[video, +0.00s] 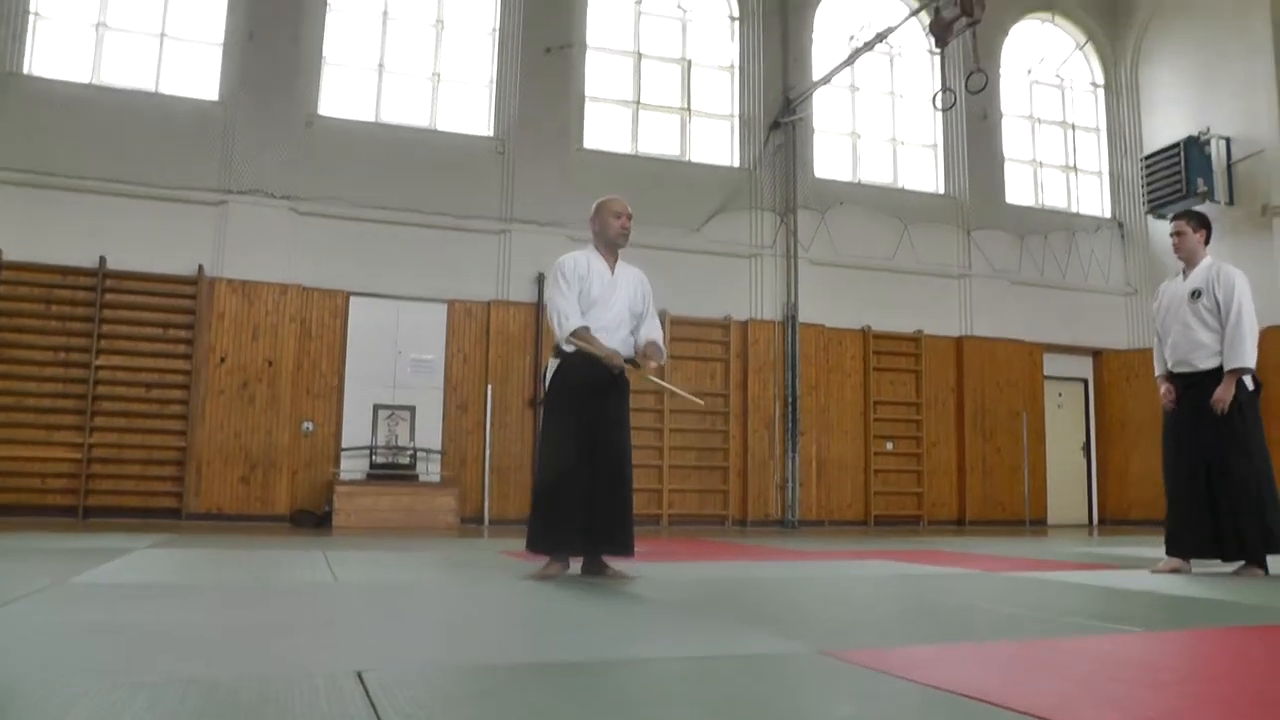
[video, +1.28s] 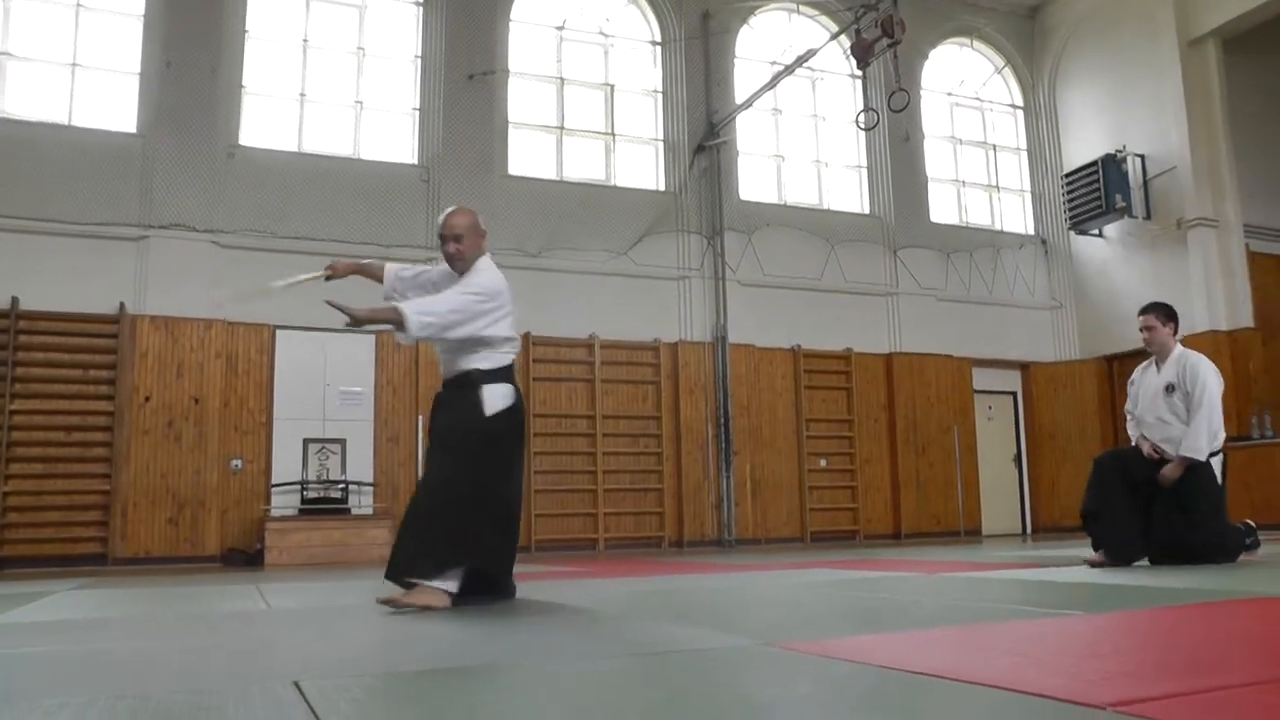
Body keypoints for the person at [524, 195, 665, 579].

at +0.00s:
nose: (627, 224)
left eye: (629, 219)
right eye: (618, 216)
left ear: (629, 228)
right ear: (595, 222)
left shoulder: (637, 278)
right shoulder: (570, 264)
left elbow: (649, 326)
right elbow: (565, 322)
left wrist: (651, 351)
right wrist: (601, 350)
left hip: (613, 375)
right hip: (574, 372)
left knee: (607, 464)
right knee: (563, 462)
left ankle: (595, 558)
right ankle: (559, 556)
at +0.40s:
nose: (555, 238)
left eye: (562, 232)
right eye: (547, 230)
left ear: (569, 240)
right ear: (530, 235)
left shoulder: (570, 289)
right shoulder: (511, 275)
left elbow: (589, 339)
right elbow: (529, 327)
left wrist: (608, 372)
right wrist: (573, 354)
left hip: (555, 390)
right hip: (516, 390)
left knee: (561, 480)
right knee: (516, 480)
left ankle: (557, 575)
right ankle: (521, 577)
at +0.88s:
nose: (518, 264)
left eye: (527, 257)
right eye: (512, 255)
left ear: (540, 261)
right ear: (500, 256)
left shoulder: (555, 304)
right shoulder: (475, 290)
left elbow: (591, 338)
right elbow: (469, 320)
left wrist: (614, 362)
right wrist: (501, 336)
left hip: (540, 410)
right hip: (493, 410)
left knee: (556, 492)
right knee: (498, 498)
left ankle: (568, 574)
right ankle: (511, 590)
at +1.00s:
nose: (502, 262)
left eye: (510, 255)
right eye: (496, 254)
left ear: (525, 257)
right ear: (486, 254)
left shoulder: (541, 299)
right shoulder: (466, 289)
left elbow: (579, 353)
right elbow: (431, 309)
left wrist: (553, 357)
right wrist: (438, 319)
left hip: (525, 405)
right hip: (481, 405)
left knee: (529, 490)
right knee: (480, 494)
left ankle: (554, 571)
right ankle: (503, 589)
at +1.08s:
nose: (489, 259)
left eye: (498, 252)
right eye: (483, 251)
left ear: (515, 254)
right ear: (475, 253)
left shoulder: (529, 294)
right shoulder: (462, 289)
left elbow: (534, 344)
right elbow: (418, 299)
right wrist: (389, 299)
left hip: (515, 402)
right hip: (477, 403)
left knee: (515, 483)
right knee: (473, 490)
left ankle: (535, 564)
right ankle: (498, 582)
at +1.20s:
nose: (466, 255)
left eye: (474, 247)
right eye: (460, 248)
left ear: (495, 248)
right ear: (455, 249)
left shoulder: (505, 289)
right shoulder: (458, 283)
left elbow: (465, 326)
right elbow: (408, 288)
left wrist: (415, 325)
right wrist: (354, 280)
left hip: (498, 400)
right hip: (468, 399)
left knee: (467, 489)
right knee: (461, 489)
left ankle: (453, 582)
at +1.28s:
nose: (450, 247)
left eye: (458, 239)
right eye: (445, 240)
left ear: (481, 239)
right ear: (441, 242)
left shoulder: (487, 282)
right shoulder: (454, 275)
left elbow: (433, 313)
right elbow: (407, 278)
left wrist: (368, 314)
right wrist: (356, 266)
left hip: (486, 394)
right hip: (465, 392)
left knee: (454, 486)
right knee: (465, 487)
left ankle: (439, 585)